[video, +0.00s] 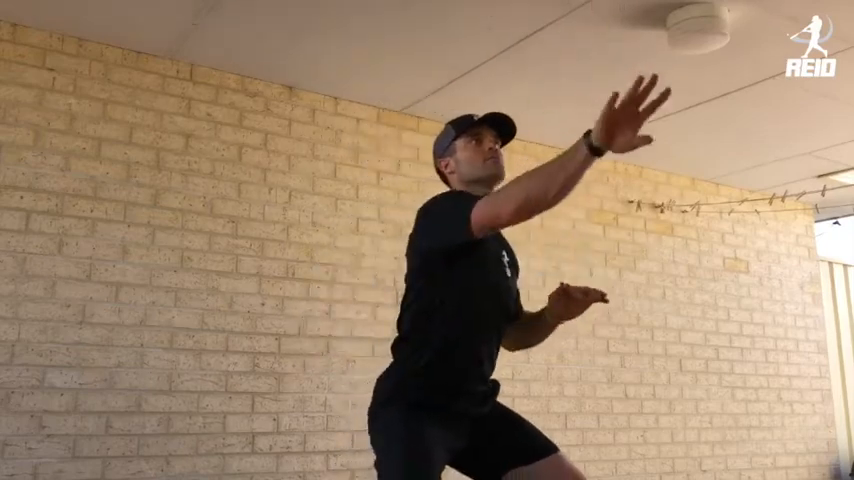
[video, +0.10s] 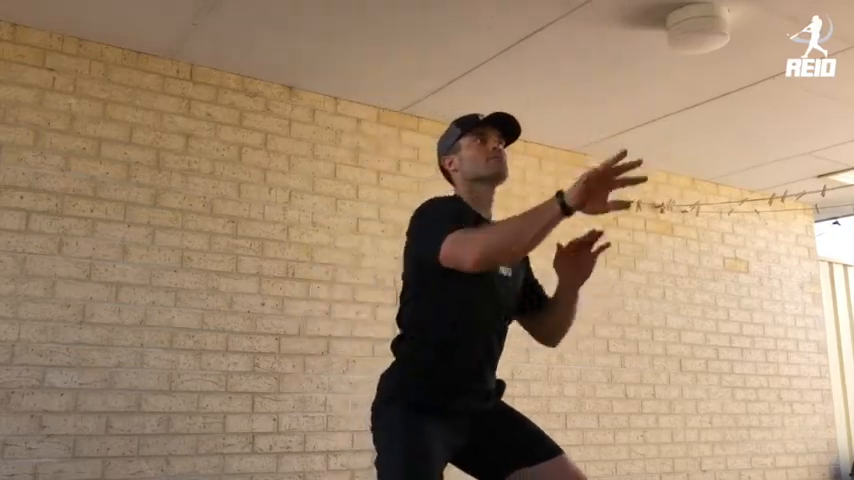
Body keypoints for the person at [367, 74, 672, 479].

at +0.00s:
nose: (493, 146)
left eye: (497, 141)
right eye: (474, 140)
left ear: (502, 160)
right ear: (447, 165)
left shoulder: (501, 252)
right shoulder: (438, 215)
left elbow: (512, 335)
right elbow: (515, 205)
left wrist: (552, 314)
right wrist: (596, 144)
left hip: (472, 406)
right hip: (412, 406)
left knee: (563, 476)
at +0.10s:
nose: (496, 146)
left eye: (499, 141)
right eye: (479, 140)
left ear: (508, 159)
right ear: (451, 164)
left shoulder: (509, 251)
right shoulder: (434, 216)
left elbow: (548, 331)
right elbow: (475, 253)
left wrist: (568, 286)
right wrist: (567, 202)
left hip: (477, 406)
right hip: (414, 405)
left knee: (565, 475)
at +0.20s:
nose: (498, 148)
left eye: (501, 143)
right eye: (481, 141)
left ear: (508, 160)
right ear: (453, 165)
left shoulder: (513, 245)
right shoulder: (422, 219)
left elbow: (590, 309)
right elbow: (420, 289)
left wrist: (591, 244)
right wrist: (510, 257)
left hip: (475, 402)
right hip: (411, 398)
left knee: (565, 476)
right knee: (398, 473)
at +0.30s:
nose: (496, 149)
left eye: (500, 144)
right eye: (479, 142)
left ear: (506, 162)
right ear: (452, 167)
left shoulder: (520, 241)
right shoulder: (413, 222)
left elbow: (608, 254)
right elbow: (370, 300)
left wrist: (597, 171)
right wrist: (443, 282)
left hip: (472, 403)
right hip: (401, 398)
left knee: (558, 475)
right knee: (380, 474)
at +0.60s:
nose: (451, 130)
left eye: (455, 126)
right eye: (433, 124)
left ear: (465, 148)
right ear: (407, 152)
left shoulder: (494, 221)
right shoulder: (377, 221)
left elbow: (580, 268)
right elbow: (338, 313)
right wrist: (401, 265)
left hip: (467, 396)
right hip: (392, 391)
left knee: (550, 476)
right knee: (369, 476)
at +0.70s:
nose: (444, 130)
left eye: (448, 125)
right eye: (426, 125)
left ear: (458, 145)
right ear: (400, 154)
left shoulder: (487, 228)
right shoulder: (377, 224)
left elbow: (549, 298)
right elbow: (355, 305)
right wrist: (434, 241)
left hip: (461, 396)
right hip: (389, 393)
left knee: (549, 477)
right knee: (374, 475)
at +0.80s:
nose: (442, 136)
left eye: (445, 131)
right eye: (423, 132)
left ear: (457, 146)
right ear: (396, 160)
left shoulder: (476, 234)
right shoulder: (386, 227)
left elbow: (507, 301)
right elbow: (394, 285)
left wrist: (547, 307)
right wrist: (466, 204)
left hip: (454, 402)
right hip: (387, 402)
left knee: (546, 475)